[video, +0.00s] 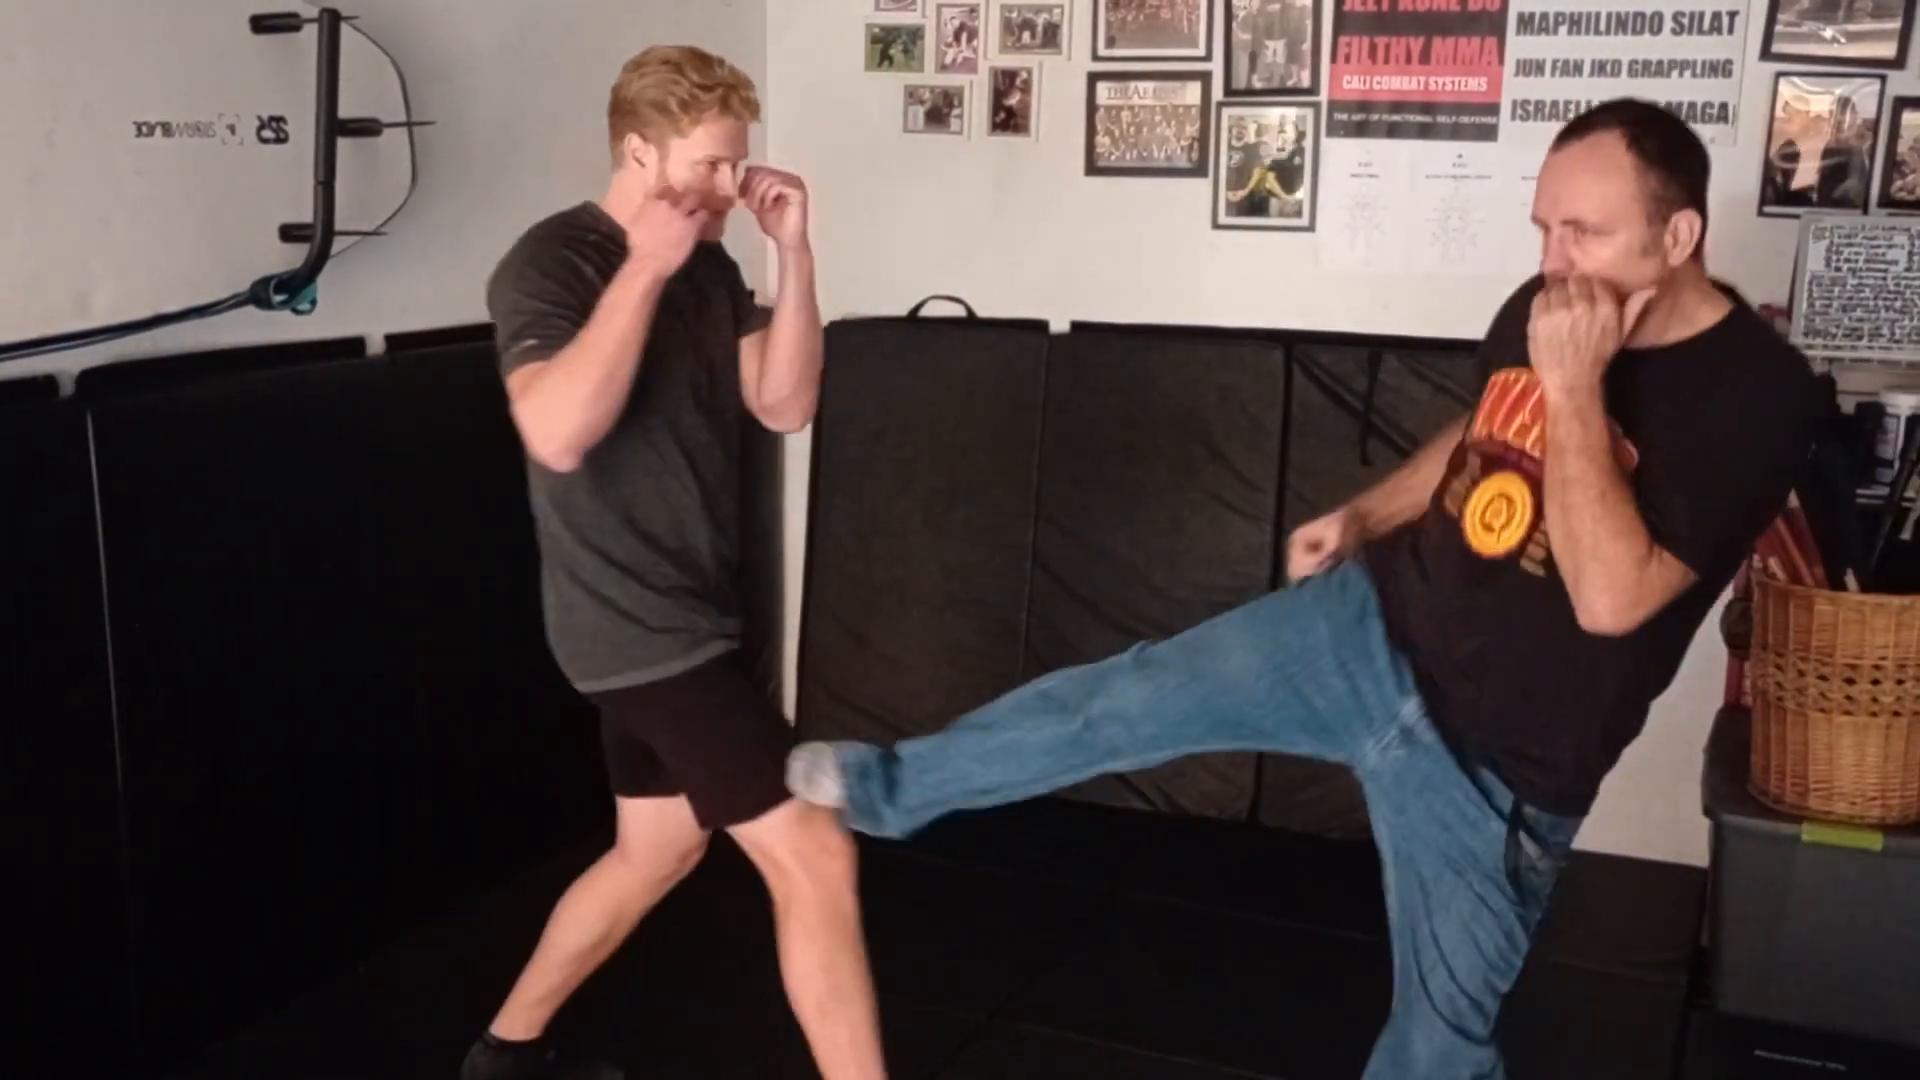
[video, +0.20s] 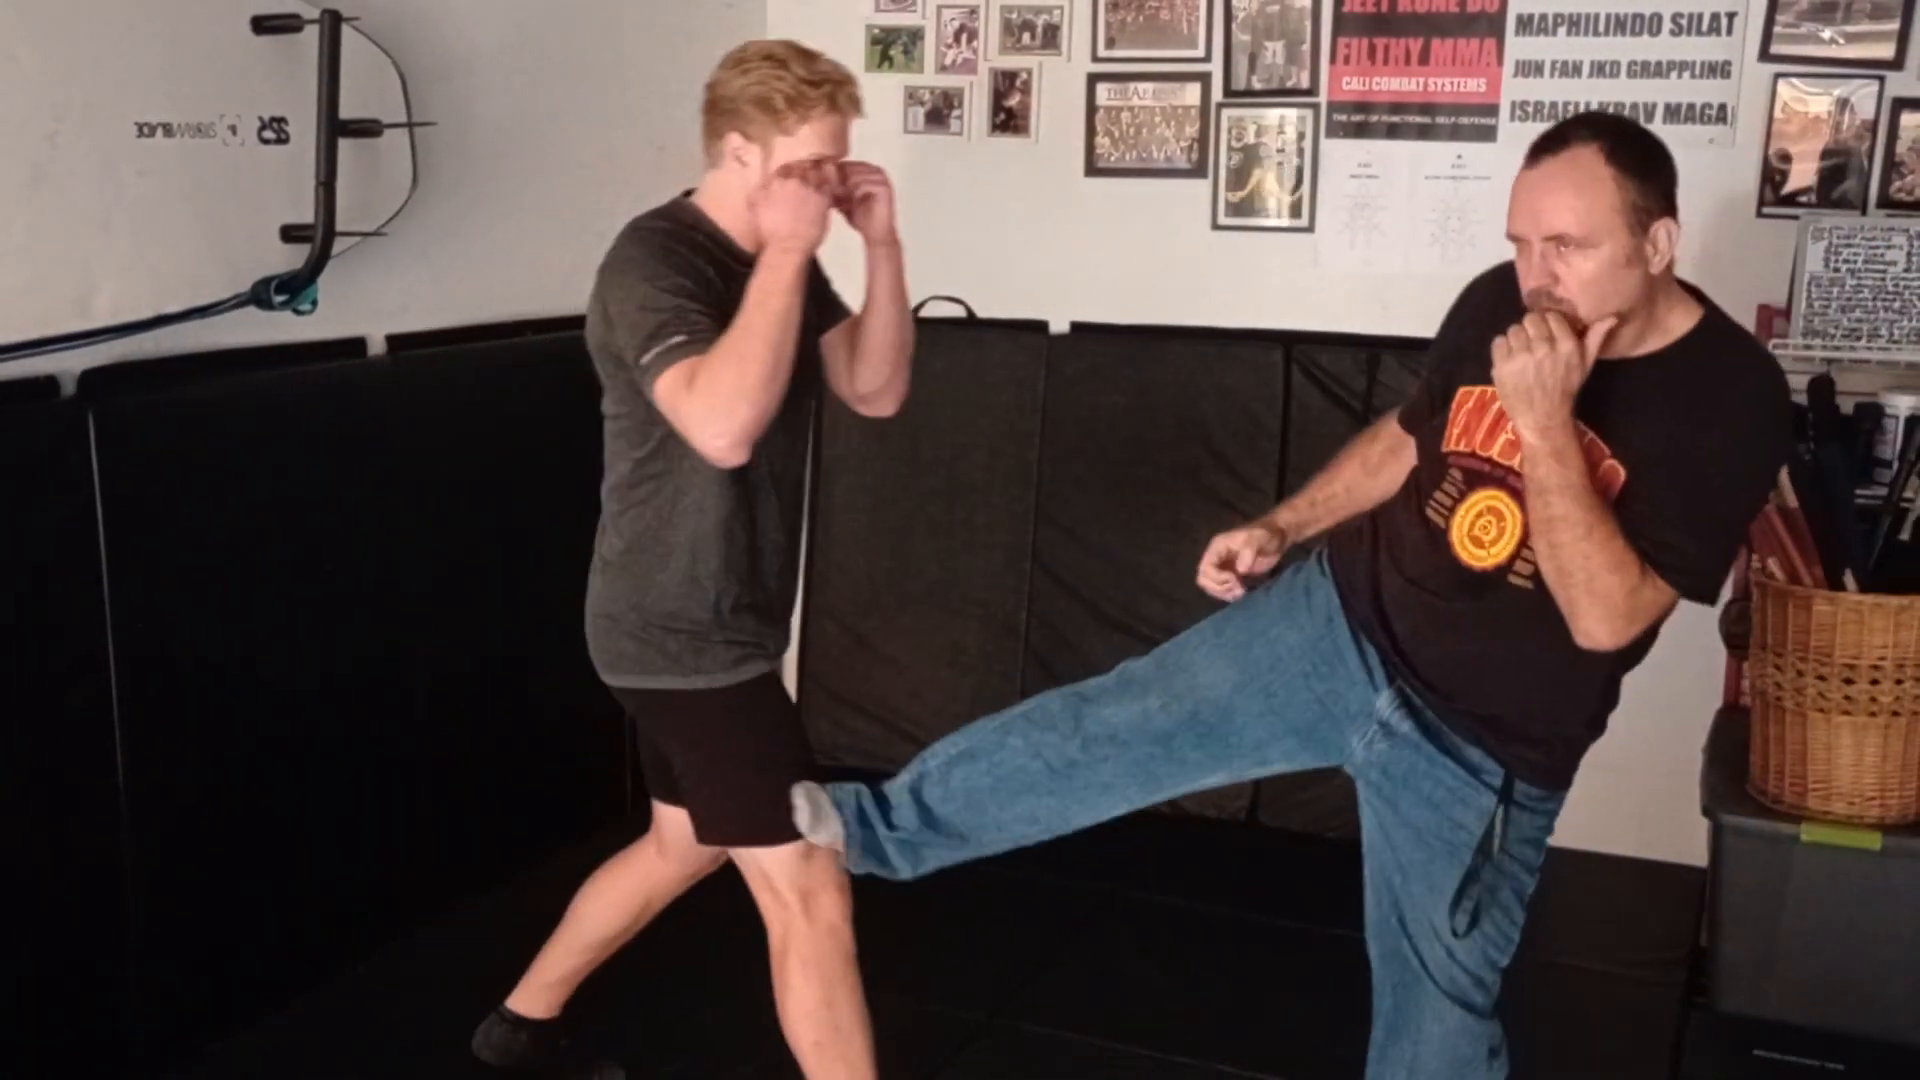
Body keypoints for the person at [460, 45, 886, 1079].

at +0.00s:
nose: (730, 185)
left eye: (737, 162)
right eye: (710, 163)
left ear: (737, 160)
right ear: (636, 152)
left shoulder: (705, 269)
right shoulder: (547, 267)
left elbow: (784, 404)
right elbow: (554, 431)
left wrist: (794, 251)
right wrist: (647, 266)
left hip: (697, 614)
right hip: (633, 630)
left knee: (654, 852)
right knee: (814, 857)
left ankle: (506, 1046)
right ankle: (860, 1079)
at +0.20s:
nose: (836, 188)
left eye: (840, 167)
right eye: (818, 167)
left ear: (766, 160)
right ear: (745, 155)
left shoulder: (769, 263)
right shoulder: (648, 265)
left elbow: (876, 391)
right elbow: (723, 425)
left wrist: (882, 248)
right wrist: (790, 256)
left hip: (725, 624)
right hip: (678, 638)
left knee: (679, 847)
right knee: (808, 894)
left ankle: (521, 1020)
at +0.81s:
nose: (739, 201)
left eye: (741, 175)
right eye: (722, 176)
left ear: (664, 170)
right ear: (642, 169)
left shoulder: (683, 276)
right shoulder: (545, 296)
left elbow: (745, 427)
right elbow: (595, 489)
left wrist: (806, 318)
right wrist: (704, 326)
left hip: (688, 642)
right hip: (623, 662)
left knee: (641, 876)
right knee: (773, 908)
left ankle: (461, 1055)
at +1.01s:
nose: (644, 189)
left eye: (648, 163)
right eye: (626, 165)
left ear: (588, 164)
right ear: (549, 160)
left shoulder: (606, 266)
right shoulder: (450, 275)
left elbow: (699, 391)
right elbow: (482, 457)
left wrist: (752, 250)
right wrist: (601, 317)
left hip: (592, 621)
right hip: (505, 640)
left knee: (583, 868)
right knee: (696, 847)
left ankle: (451, 1069)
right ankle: (714, 1076)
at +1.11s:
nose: (623, 142)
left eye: (627, 119)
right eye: (605, 119)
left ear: (577, 117)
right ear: (530, 110)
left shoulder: (582, 221)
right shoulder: (427, 218)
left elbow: (687, 332)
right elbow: (465, 391)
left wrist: (734, 191)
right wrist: (580, 240)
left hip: (549, 581)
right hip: (458, 592)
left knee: (525, 833)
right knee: (617, 829)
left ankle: (445, 1058)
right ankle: (542, 1071)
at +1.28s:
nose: (589, 134)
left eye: (592, 114)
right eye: (572, 112)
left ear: (510, 109)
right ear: (496, 105)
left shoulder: (531, 217)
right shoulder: (393, 204)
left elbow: (642, 324)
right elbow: (451, 359)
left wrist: (689, 184)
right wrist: (558, 187)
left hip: (491, 590)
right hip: (406, 603)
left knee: (491, 807)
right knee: (438, 882)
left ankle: (334, 1005)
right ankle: (335, 1070)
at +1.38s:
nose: (576, 157)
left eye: (579, 134)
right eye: (558, 135)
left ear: (494, 131)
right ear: (478, 130)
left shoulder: (511, 245)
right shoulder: (369, 235)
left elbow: (601, 374)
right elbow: (426, 403)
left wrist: (664, 241)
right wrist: (534, 231)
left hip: (454, 610)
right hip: (377, 621)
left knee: (414, 846)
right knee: (441, 894)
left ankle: (291, 1020)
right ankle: (330, 1079)